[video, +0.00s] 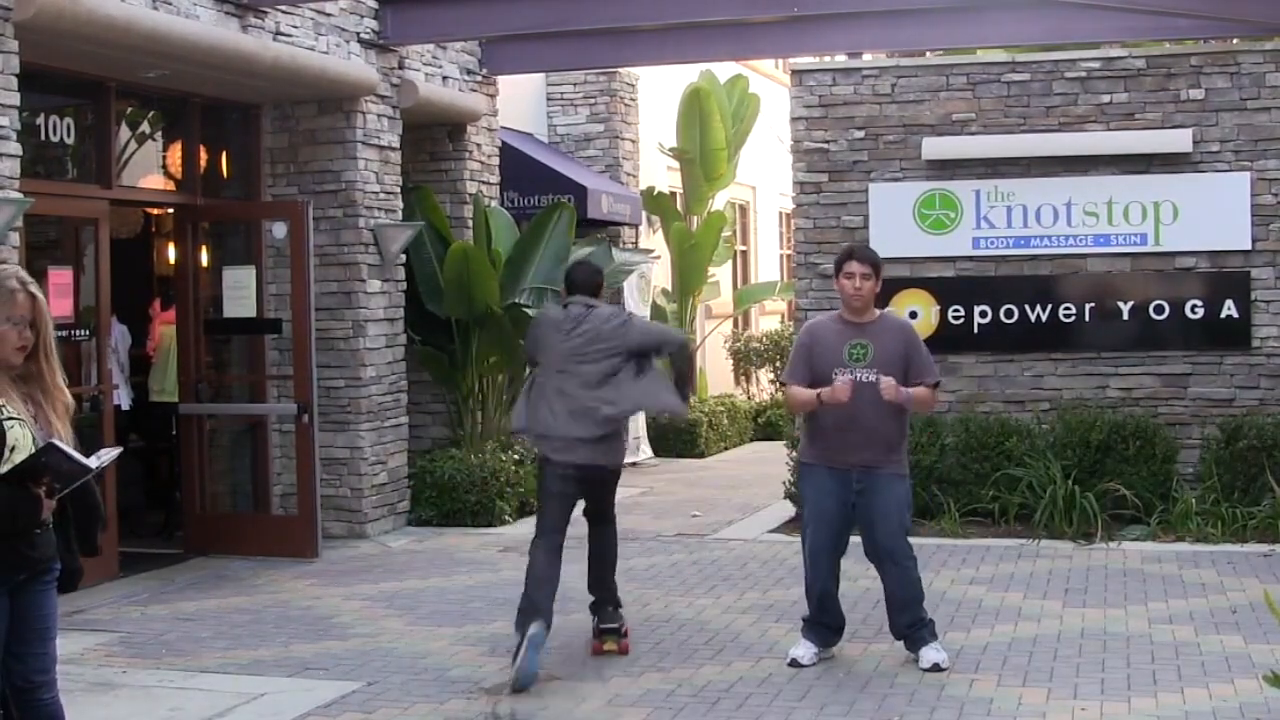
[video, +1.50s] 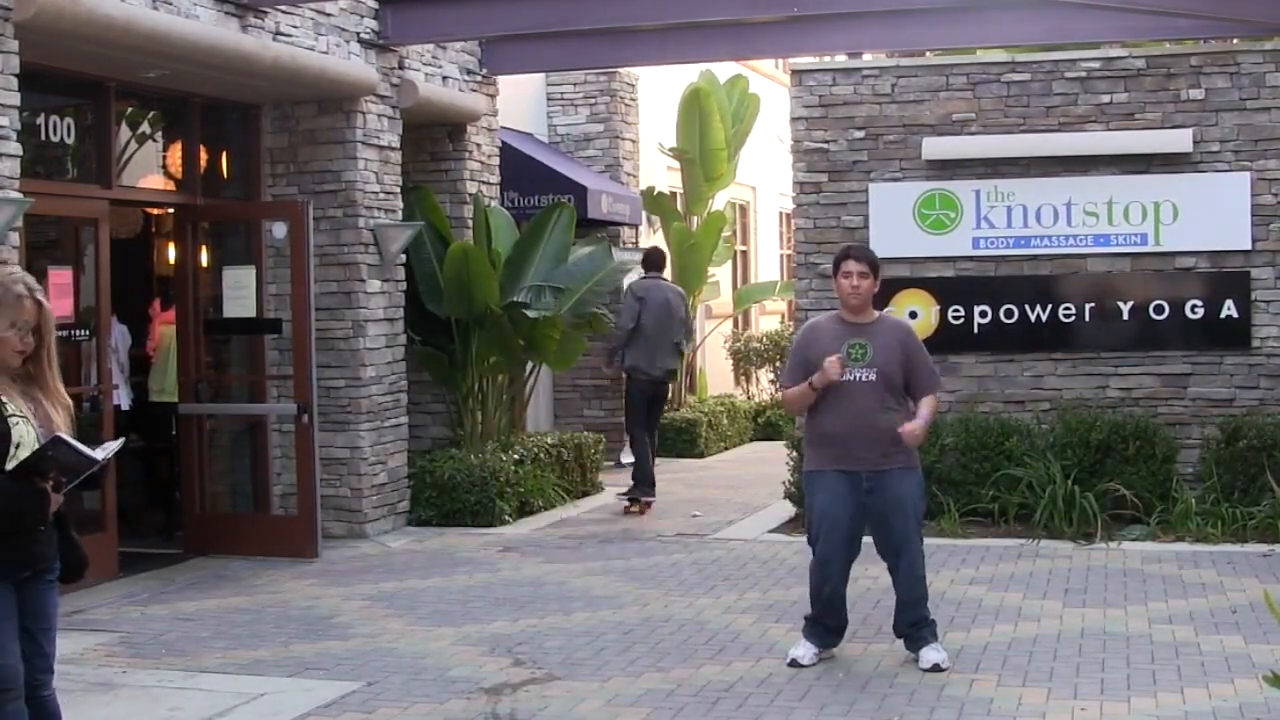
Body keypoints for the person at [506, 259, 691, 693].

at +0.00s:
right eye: (601, 286)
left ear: (565, 290)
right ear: (601, 290)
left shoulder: (546, 321)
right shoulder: (618, 323)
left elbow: (532, 356)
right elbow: (679, 340)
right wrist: (683, 389)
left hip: (556, 454)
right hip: (604, 455)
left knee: (548, 536)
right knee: (602, 524)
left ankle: (534, 625)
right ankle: (607, 616)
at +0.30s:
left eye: (592, 260)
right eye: (618, 260)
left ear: (591, 263)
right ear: (623, 265)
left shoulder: (571, 290)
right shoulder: (642, 299)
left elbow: (556, 345)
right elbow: (660, 353)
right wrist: (633, 373)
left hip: (586, 412)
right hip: (628, 414)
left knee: (585, 487)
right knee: (616, 490)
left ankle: (620, 560)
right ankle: (610, 570)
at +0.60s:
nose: (596, 267)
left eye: (596, 262)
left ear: (599, 263)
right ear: (627, 263)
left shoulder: (592, 284)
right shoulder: (652, 293)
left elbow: (566, 318)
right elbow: (689, 327)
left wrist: (528, 349)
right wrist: (662, 342)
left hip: (606, 399)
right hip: (639, 401)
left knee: (615, 475)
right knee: (627, 474)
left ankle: (639, 549)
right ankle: (626, 547)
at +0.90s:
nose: (601, 267)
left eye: (602, 262)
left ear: (604, 264)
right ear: (629, 262)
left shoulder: (602, 288)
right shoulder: (651, 290)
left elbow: (593, 327)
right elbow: (687, 316)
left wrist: (565, 353)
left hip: (618, 387)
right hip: (645, 387)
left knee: (618, 454)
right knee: (632, 454)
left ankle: (641, 521)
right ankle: (627, 518)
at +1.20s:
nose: (622, 270)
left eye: (621, 265)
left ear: (623, 265)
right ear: (645, 265)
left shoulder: (621, 284)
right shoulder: (660, 291)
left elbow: (607, 315)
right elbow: (684, 327)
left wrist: (574, 343)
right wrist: (667, 348)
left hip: (621, 380)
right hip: (646, 383)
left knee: (619, 440)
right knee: (632, 443)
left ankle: (631, 504)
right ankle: (626, 501)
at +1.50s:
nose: (643, 268)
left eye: (643, 263)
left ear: (643, 265)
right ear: (664, 266)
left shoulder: (636, 289)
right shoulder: (677, 293)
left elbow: (625, 324)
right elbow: (686, 330)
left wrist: (613, 352)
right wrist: (676, 349)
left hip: (639, 369)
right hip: (665, 371)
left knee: (637, 428)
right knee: (650, 428)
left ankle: (644, 488)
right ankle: (642, 484)